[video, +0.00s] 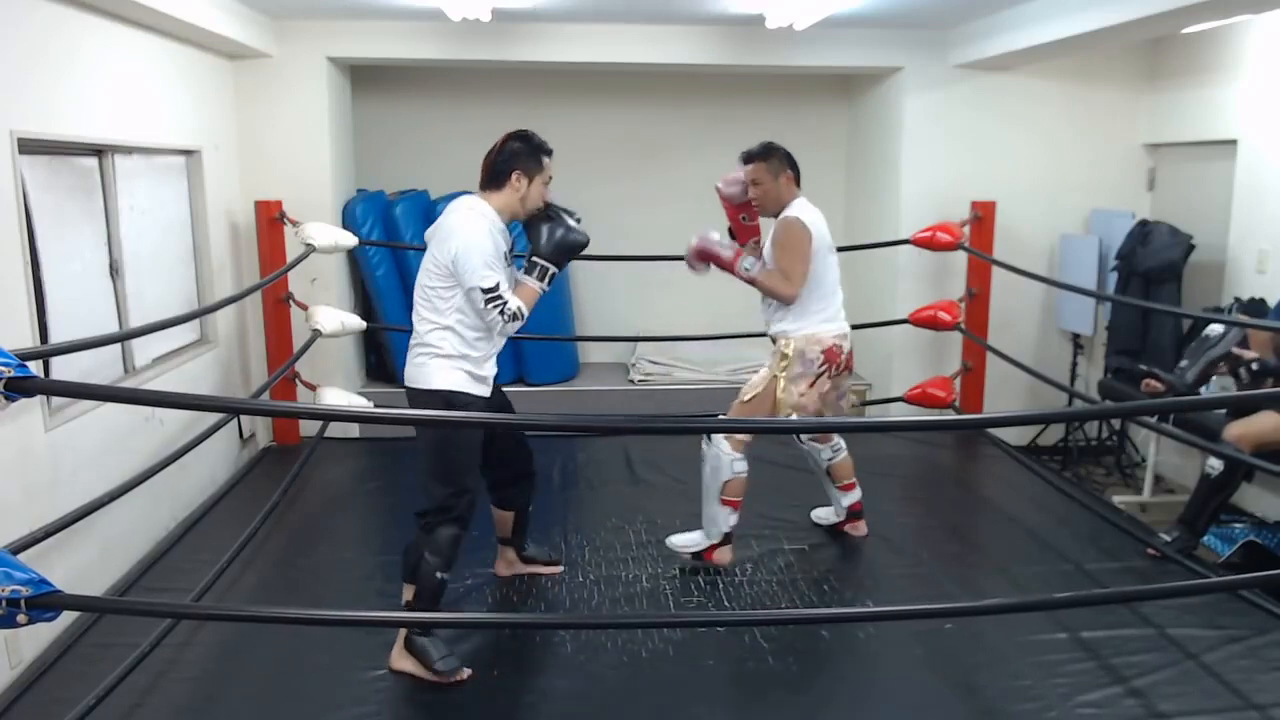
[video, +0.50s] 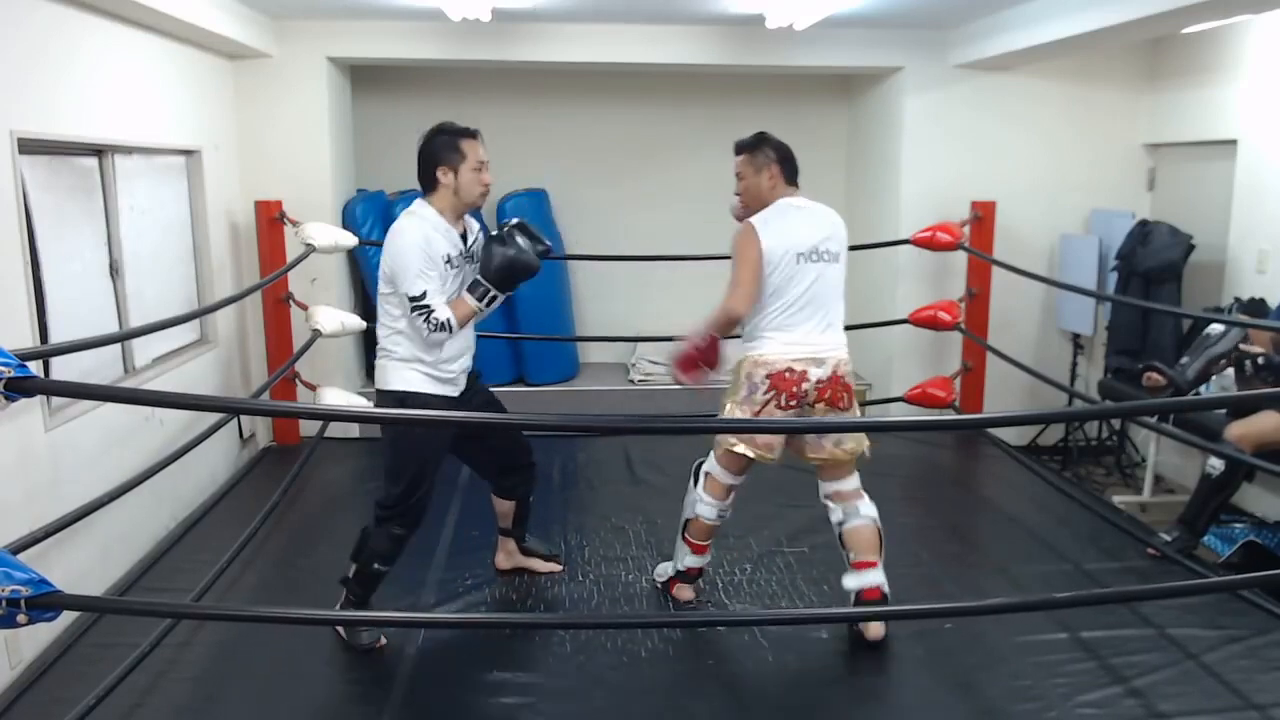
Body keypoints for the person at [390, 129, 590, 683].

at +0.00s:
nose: (547, 194)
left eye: (548, 183)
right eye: (545, 182)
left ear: (512, 178)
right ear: (518, 180)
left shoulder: (486, 223)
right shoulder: (471, 223)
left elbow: (501, 307)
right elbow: (505, 319)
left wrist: (540, 261)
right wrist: (544, 265)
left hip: (474, 377)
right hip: (444, 380)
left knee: (514, 465)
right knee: (451, 502)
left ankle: (510, 556)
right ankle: (410, 640)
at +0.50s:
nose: (488, 177)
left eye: (487, 167)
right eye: (478, 169)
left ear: (452, 175)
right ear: (444, 175)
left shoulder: (470, 228)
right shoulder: (411, 234)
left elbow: (469, 300)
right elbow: (433, 328)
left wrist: (505, 262)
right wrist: (491, 283)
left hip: (457, 383)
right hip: (410, 389)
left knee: (514, 460)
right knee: (403, 507)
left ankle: (510, 550)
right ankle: (351, 610)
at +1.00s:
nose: (529, 184)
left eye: (532, 175)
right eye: (522, 174)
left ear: (524, 179)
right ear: (490, 176)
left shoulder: (509, 226)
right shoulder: (455, 220)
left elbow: (528, 298)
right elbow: (491, 285)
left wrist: (546, 246)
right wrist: (516, 233)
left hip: (479, 363)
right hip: (429, 363)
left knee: (515, 455)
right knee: (400, 465)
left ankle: (514, 539)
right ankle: (352, 569)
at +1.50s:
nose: (460, 185)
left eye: (465, 175)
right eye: (449, 176)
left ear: (470, 179)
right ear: (423, 180)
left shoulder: (477, 223)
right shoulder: (392, 232)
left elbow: (504, 284)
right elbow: (396, 308)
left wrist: (500, 283)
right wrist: (414, 273)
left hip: (463, 355)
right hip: (405, 361)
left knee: (509, 441)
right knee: (384, 454)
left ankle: (516, 533)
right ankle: (362, 528)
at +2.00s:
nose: (486, 175)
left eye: (494, 164)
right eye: (476, 164)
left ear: (503, 168)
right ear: (456, 167)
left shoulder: (512, 215)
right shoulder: (434, 212)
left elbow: (533, 288)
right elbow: (461, 251)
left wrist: (519, 245)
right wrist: (518, 232)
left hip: (503, 349)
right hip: (445, 347)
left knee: (540, 428)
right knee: (409, 428)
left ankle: (555, 508)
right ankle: (413, 490)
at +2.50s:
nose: (442, 170)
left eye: (450, 159)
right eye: (432, 162)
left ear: (466, 162)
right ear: (423, 170)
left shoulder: (501, 206)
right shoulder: (422, 231)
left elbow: (524, 264)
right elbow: (434, 297)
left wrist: (478, 257)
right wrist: (442, 291)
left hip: (518, 338)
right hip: (470, 342)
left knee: (527, 427)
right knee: (451, 431)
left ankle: (546, 518)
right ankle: (467, 503)